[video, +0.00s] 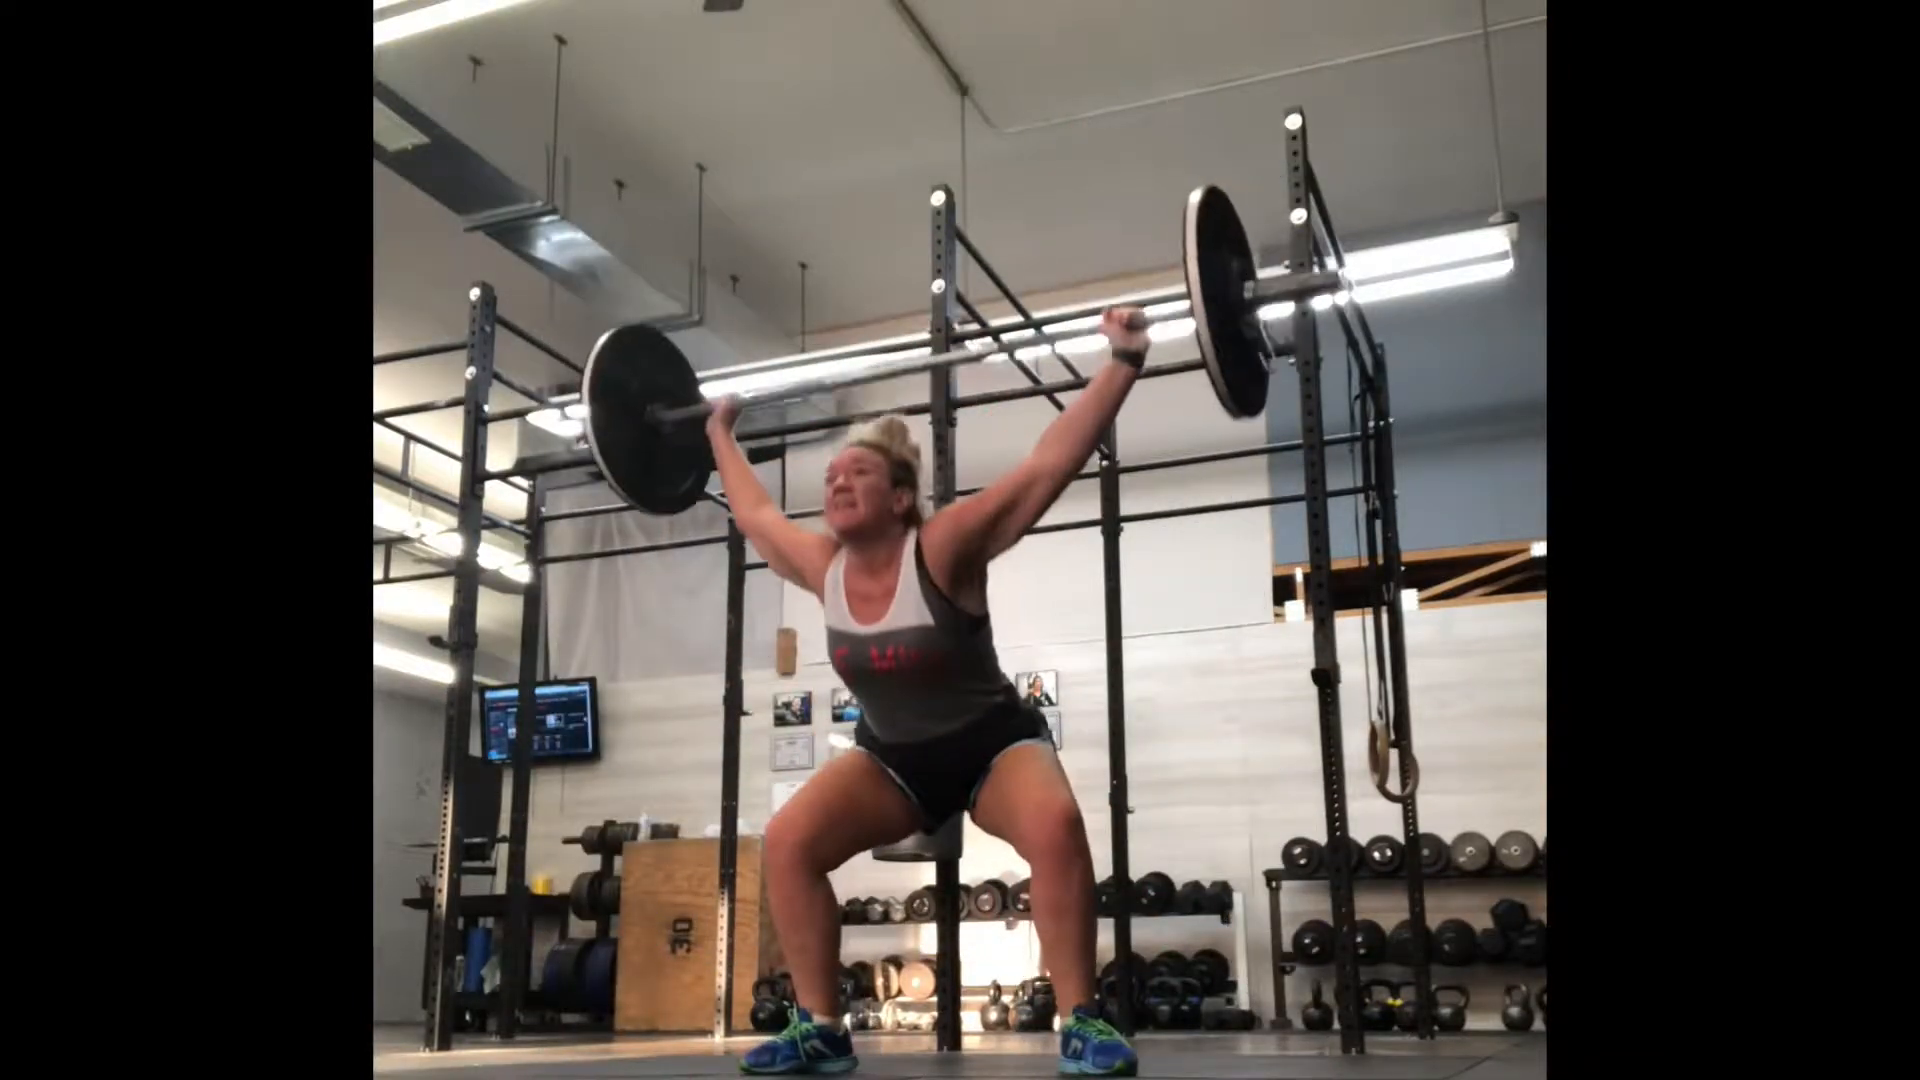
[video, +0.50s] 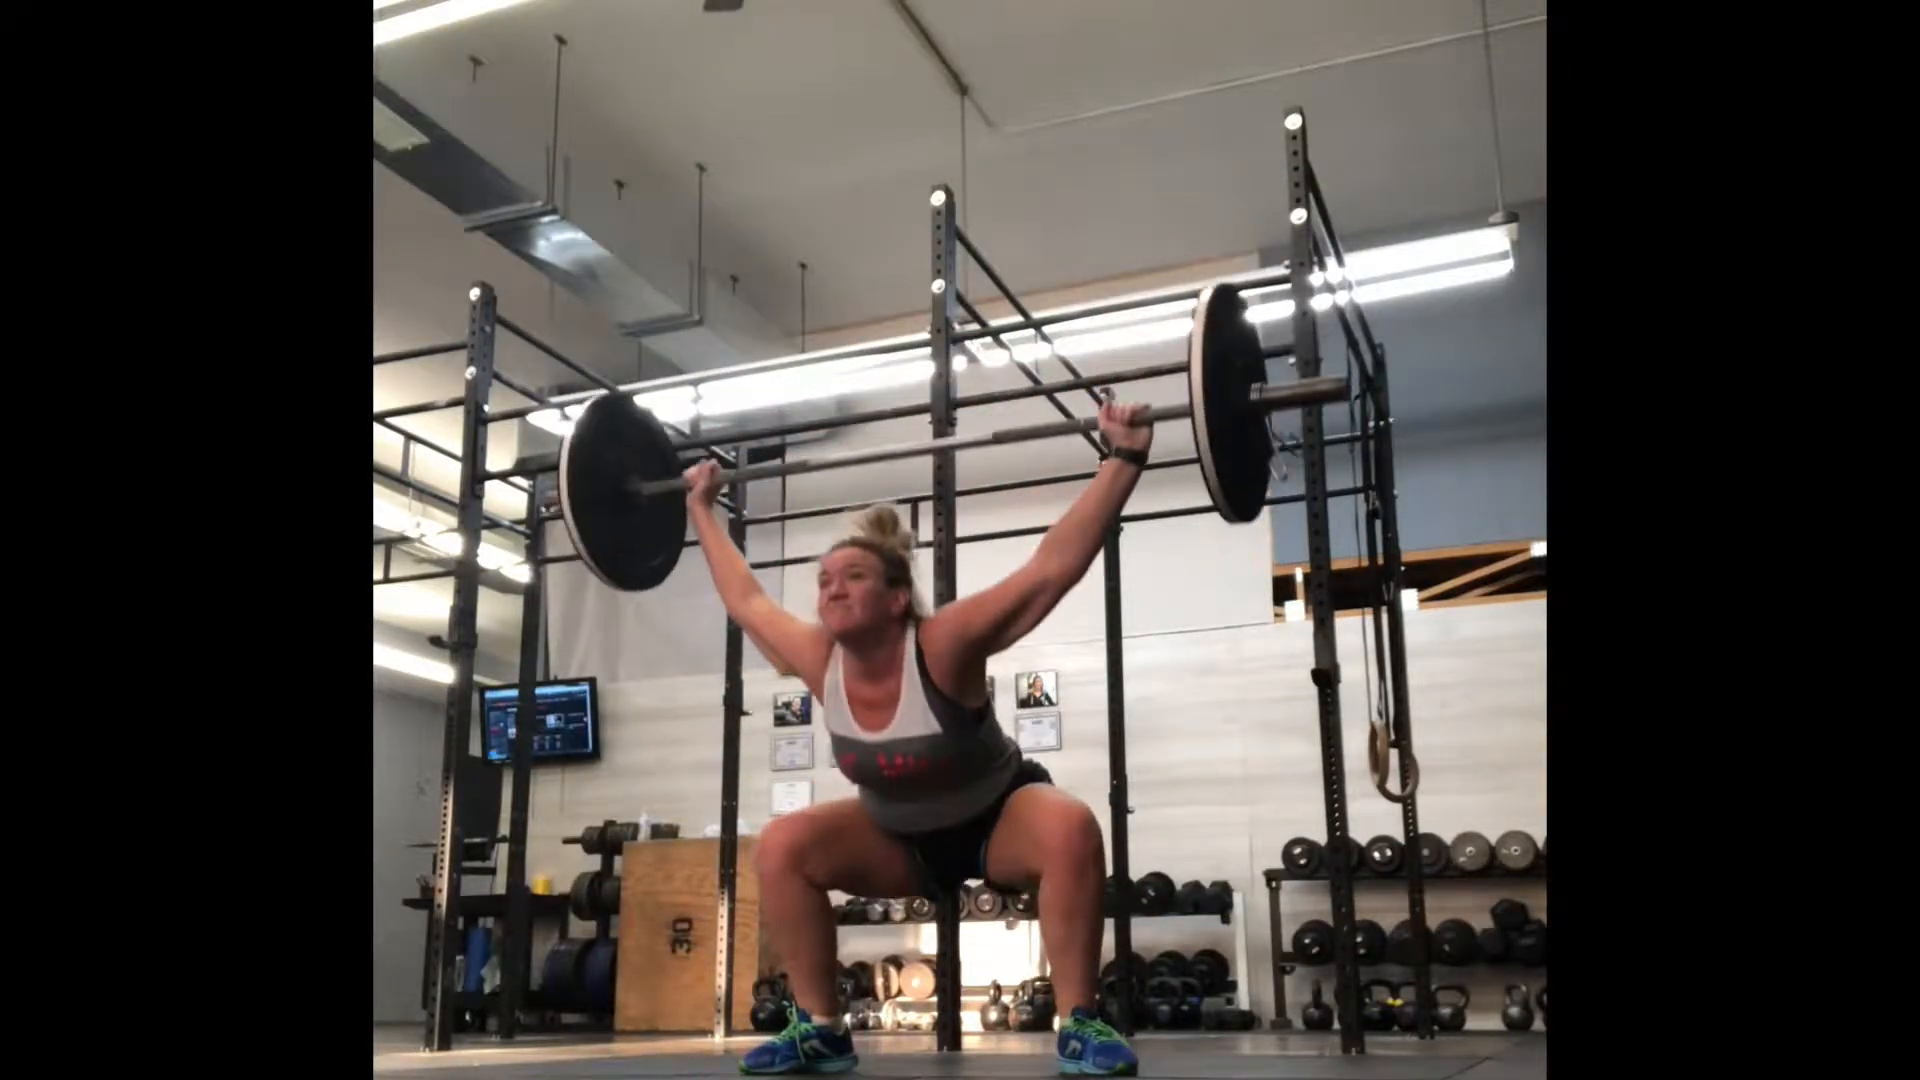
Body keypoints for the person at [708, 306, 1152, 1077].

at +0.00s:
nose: (838, 481)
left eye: (859, 472)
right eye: (832, 473)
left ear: (901, 496)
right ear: (825, 497)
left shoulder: (947, 545)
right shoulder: (821, 565)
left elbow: (1045, 471)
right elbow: (755, 513)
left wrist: (1122, 362)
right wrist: (719, 434)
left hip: (995, 747)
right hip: (894, 761)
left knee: (1060, 829)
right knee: (787, 840)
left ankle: (1078, 1021)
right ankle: (819, 1027)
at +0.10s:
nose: (837, 507)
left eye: (857, 497)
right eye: (830, 502)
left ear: (900, 519)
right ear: (823, 523)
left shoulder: (949, 562)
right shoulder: (821, 585)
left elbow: (1044, 492)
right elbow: (753, 533)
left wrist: (1123, 382)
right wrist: (717, 451)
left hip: (996, 763)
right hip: (895, 776)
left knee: (1063, 829)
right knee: (787, 841)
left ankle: (1078, 1023)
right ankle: (819, 1028)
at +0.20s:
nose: (834, 529)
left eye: (855, 519)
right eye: (827, 524)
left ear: (899, 541)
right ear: (821, 547)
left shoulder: (950, 583)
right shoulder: (821, 606)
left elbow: (1048, 510)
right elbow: (748, 551)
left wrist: (1121, 404)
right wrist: (711, 467)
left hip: (1000, 776)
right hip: (899, 790)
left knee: (1067, 824)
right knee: (788, 842)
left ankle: (1079, 1020)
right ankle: (820, 1028)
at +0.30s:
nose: (831, 547)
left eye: (852, 536)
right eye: (824, 541)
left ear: (897, 558)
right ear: (817, 561)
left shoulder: (948, 600)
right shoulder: (820, 621)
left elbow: (1047, 530)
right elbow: (746, 565)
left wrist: (1120, 421)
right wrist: (706, 476)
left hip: (999, 788)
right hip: (898, 803)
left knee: (1072, 824)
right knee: (788, 843)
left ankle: (1078, 1020)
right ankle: (819, 1028)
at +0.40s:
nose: (831, 567)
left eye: (852, 555)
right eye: (824, 561)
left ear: (898, 579)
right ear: (818, 584)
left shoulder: (949, 621)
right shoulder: (820, 641)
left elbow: (1047, 552)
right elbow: (744, 582)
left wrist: (1121, 441)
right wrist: (702, 493)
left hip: (997, 806)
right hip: (897, 817)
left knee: (1072, 829)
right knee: (786, 844)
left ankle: (1078, 1023)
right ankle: (819, 1029)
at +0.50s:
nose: (832, 588)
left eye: (854, 575)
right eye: (824, 580)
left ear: (898, 599)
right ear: (816, 601)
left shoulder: (950, 641)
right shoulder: (820, 661)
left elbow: (1049, 572)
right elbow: (745, 599)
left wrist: (1124, 458)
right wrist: (699, 506)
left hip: (994, 821)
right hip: (893, 831)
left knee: (1073, 828)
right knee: (781, 847)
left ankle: (1079, 1024)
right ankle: (820, 1030)